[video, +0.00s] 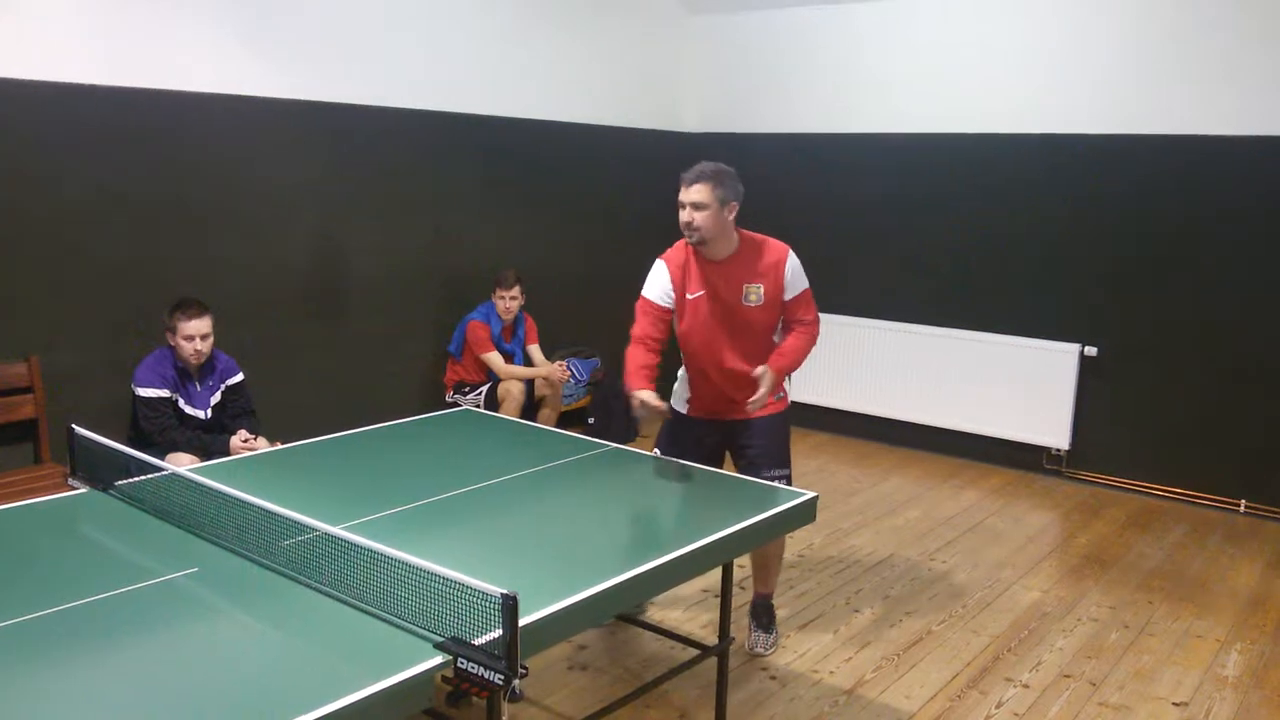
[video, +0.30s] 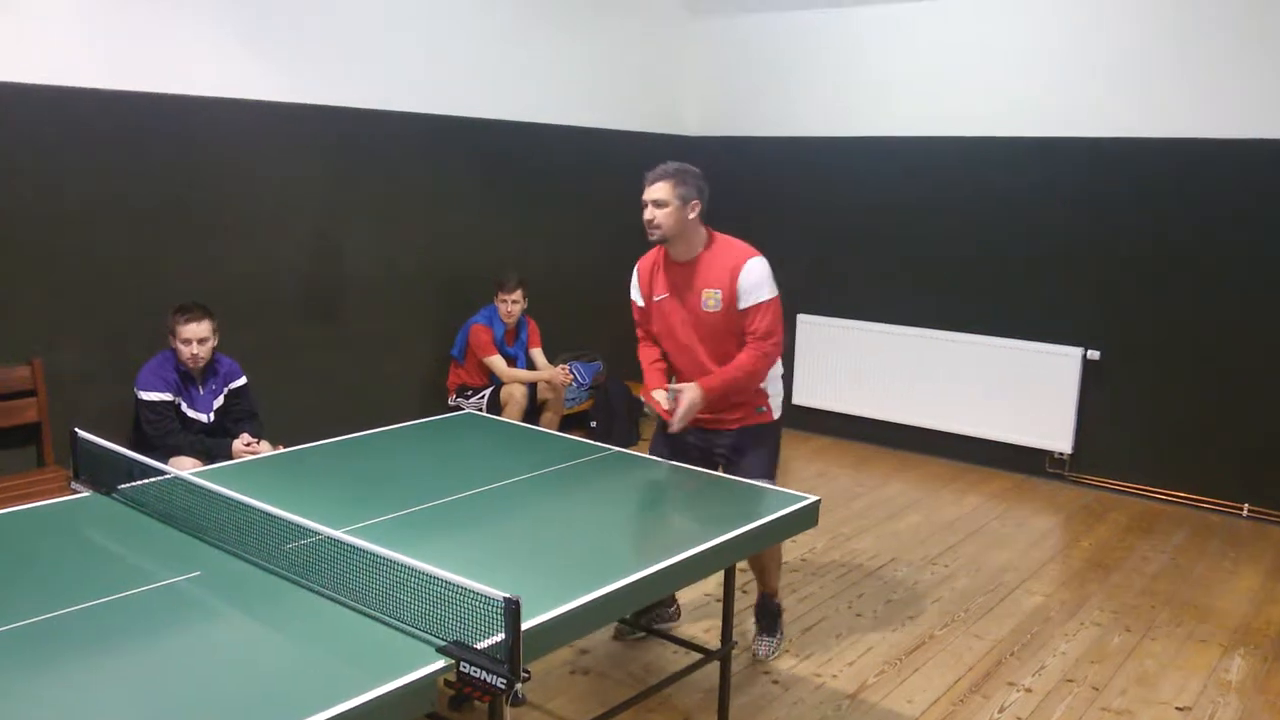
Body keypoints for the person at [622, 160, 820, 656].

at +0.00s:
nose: (686, 217)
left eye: (698, 207)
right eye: (682, 207)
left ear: (731, 211)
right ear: (679, 209)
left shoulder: (777, 261)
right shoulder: (671, 266)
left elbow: (805, 324)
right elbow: (645, 337)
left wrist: (776, 368)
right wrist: (640, 385)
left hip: (760, 409)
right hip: (693, 405)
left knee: (769, 507)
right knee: (659, 495)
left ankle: (762, 607)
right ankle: (633, 587)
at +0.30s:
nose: (647, 215)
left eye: (658, 206)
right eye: (645, 206)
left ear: (693, 209)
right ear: (645, 209)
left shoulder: (744, 265)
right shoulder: (645, 271)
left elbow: (766, 347)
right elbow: (648, 341)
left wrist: (705, 390)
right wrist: (657, 387)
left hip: (747, 421)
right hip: (681, 418)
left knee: (753, 514)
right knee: (648, 504)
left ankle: (768, 606)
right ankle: (660, 599)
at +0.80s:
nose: (657, 256)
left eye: (660, 246)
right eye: (651, 247)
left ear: (687, 226)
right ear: (652, 237)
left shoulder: (761, 264)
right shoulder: (654, 280)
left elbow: (804, 330)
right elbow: (662, 351)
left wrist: (783, 399)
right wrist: (689, 404)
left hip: (771, 415)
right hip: (706, 415)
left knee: (793, 519)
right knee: (668, 503)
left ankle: (801, 632)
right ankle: (662, 598)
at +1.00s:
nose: (713, 244)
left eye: (719, 235)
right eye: (706, 236)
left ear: (747, 214)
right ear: (701, 226)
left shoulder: (801, 258)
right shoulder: (698, 245)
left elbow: (852, 320)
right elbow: (659, 286)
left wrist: (841, 397)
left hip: (786, 413)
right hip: (723, 406)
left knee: (800, 522)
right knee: (689, 504)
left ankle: (812, 629)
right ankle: (664, 597)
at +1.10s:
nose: (747, 221)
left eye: (754, 211)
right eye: (742, 213)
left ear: (784, 197)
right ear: (737, 205)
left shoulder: (825, 259)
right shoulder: (735, 222)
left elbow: (876, 328)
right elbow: (702, 191)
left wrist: (852, 399)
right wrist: (674, 172)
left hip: (788, 411)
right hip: (729, 393)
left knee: (798, 523)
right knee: (687, 499)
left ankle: (809, 631)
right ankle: (660, 594)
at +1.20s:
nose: (763, 220)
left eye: (771, 209)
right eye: (759, 210)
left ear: (805, 198)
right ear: (770, 198)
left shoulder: (831, 267)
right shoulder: (797, 210)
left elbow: (870, 345)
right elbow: (799, 163)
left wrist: (844, 412)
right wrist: (783, 120)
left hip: (793, 408)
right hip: (739, 382)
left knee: (797, 523)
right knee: (685, 483)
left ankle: (808, 632)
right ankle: (657, 586)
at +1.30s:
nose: (776, 216)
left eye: (784, 205)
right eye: (771, 207)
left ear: (818, 194)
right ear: (784, 199)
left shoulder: (837, 266)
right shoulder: (825, 217)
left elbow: (861, 349)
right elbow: (860, 192)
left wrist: (830, 412)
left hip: (794, 407)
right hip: (746, 381)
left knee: (801, 521)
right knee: (685, 464)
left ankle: (809, 628)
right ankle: (674, 577)